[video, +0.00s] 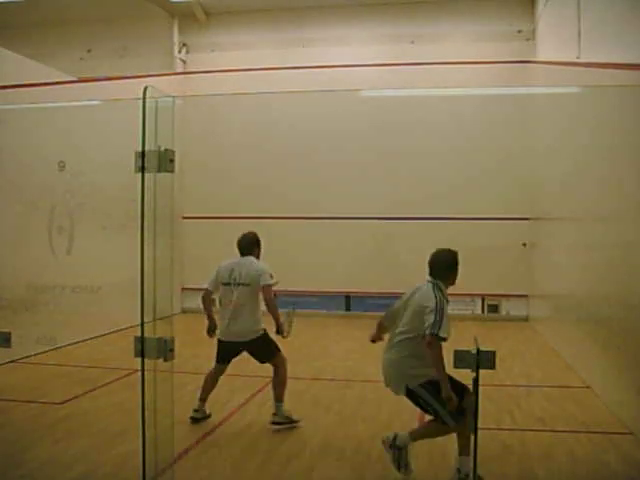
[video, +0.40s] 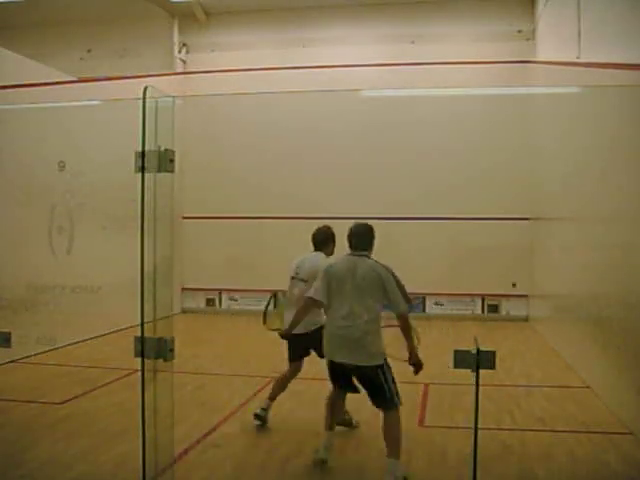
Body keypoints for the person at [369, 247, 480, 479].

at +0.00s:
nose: (457, 272)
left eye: (456, 267)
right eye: (456, 268)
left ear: (431, 269)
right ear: (453, 273)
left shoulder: (418, 291)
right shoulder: (436, 299)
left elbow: (390, 316)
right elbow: (432, 342)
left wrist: (378, 333)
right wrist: (445, 387)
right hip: (408, 372)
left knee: (466, 398)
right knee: (453, 421)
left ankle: (465, 467)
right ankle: (401, 441)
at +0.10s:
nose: (442, 259)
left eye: (441, 254)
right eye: (441, 255)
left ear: (416, 255)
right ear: (437, 258)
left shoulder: (396, 278)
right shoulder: (427, 285)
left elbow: (365, 305)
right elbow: (434, 330)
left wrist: (345, 324)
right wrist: (449, 371)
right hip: (400, 359)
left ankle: (463, 464)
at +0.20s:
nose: (423, 257)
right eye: (422, 253)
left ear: (396, 254)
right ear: (420, 256)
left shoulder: (375, 278)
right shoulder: (416, 284)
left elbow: (349, 305)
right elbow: (432, 327)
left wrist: (323, 325)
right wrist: (447, 363)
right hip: (389, 360)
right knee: (421, 414)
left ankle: (438, 462)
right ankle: (396, 472)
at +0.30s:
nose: (400, 257)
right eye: (399, 253)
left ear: (374, 254)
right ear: (398, 255)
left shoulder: (355, 277)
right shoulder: (401, 282)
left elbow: (332, 309)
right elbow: (425, 324)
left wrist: (305, 329)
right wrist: (438, 362)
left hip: (354, 361)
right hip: (382, 362)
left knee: (380, 403)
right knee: (410, 418)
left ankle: (381, 455)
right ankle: (396, 471)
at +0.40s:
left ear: (348, 242)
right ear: (372, 243)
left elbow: (310, 301)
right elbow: (402, 316)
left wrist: (290, 328)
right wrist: (412, 351)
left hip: (335, 351)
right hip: (368, 354)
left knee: (338, 389)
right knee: (390, 408)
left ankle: (324, 447)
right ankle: (394, 468)